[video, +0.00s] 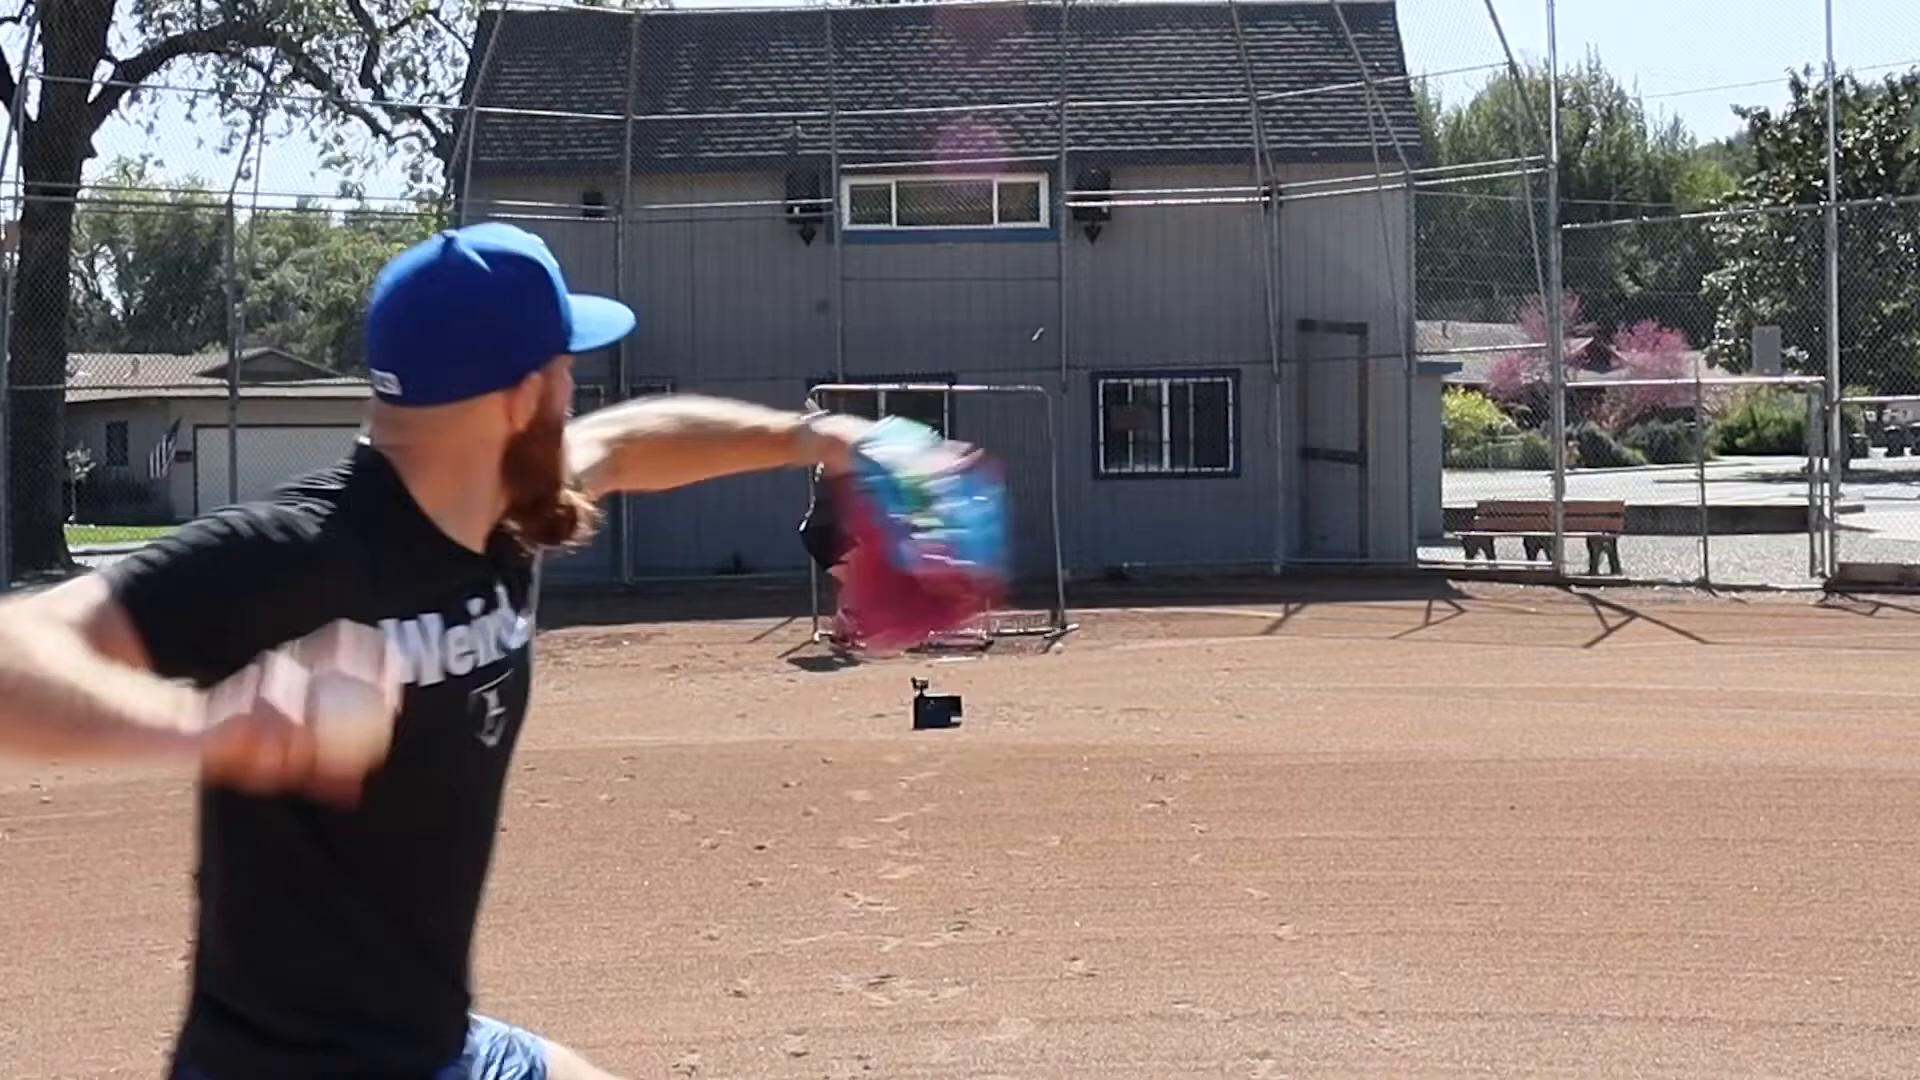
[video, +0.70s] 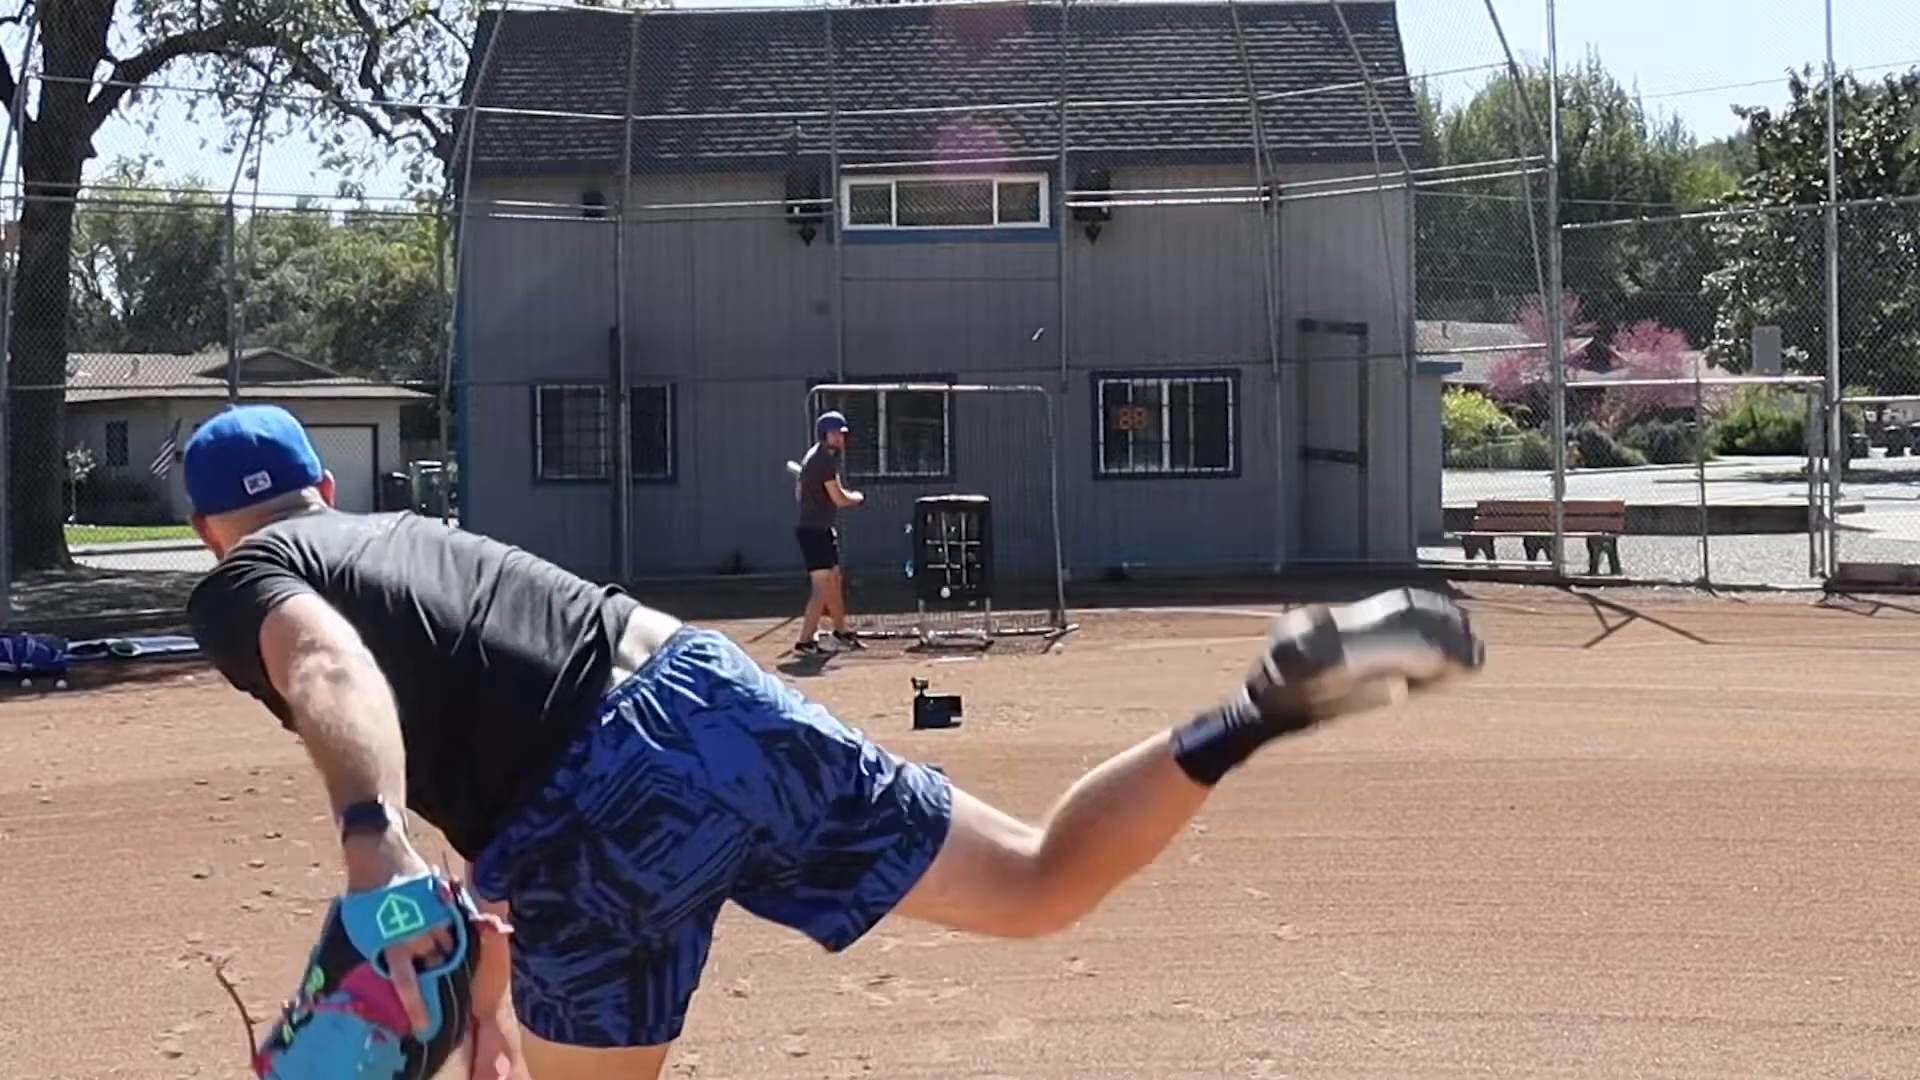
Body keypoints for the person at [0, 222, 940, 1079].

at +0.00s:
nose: (573, 389)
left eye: (570, 367)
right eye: (567, 366)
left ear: (465, 395)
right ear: (521, 392)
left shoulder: (492, 520)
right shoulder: (293, 550)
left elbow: (636, 442)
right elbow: (17, 651)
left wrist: (821, 438)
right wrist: (202, 725)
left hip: (443, 1046)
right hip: (269, 1070)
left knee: (605, 1071)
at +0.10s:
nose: (589, 390)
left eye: (584, 365)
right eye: (581, 369)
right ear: (549, 401)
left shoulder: (519, 547)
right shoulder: (382, 561)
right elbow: (143, 671)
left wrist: (597, 681)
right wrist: (325, 464)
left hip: (524, 1041)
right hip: (385, 1049)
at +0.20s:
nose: (500, 457)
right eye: (496, 441)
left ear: (364, 490)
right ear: (490, 458)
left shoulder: (301, 686)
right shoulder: (591, 562)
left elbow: (238, 973)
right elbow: (829, 453)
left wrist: (305, 940)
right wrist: (783, 339)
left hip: (401, 1038)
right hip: (592, 1022)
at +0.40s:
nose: (291, 600)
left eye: (287, 585)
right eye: (289, 586)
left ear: (295, 578)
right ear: (400, 538)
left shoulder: (325, 617)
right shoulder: (492, 572)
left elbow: (363, 731)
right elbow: (423, 889)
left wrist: (277, 903)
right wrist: (281, 1024)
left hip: (555, 810)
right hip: (717, 757)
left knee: (571, 1059)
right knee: (809, 1059)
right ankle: (852, 1020)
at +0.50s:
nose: (261, 634)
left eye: (255, 612)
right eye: (262, 612)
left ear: (276, 582)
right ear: (366, 541)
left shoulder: (329, 603)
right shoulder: (460, 617)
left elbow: (364, 649)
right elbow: (394, 894)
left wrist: (288, 830)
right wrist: (239, 1019)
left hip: (577, 785)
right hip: (713, 719)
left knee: (572, 1057)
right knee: (963, 1035)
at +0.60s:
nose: (225, 579)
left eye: (226, 560)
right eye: (232, 561)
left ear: (253, 546)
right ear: (348, 517)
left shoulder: (286, 585)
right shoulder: (436, 576)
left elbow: (354, 642)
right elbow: (449, 885)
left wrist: (339, 793)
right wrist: (352, 1049)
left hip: (572, 817)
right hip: (695, 704)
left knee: (582, 1068)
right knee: (1077, 949)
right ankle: (1234, 621)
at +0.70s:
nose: (204, 533)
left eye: (201, 517)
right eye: (221, 511)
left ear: (210, 515)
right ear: (314, 483)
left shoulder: (244, 576)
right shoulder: (394, 545)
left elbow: (331, 672)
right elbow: (465, 806)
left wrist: (374, 854)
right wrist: (477, 1016)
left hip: (588, 810)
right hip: (704, 687)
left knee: (589, 1068)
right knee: (1033, 881)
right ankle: (1269, 702)